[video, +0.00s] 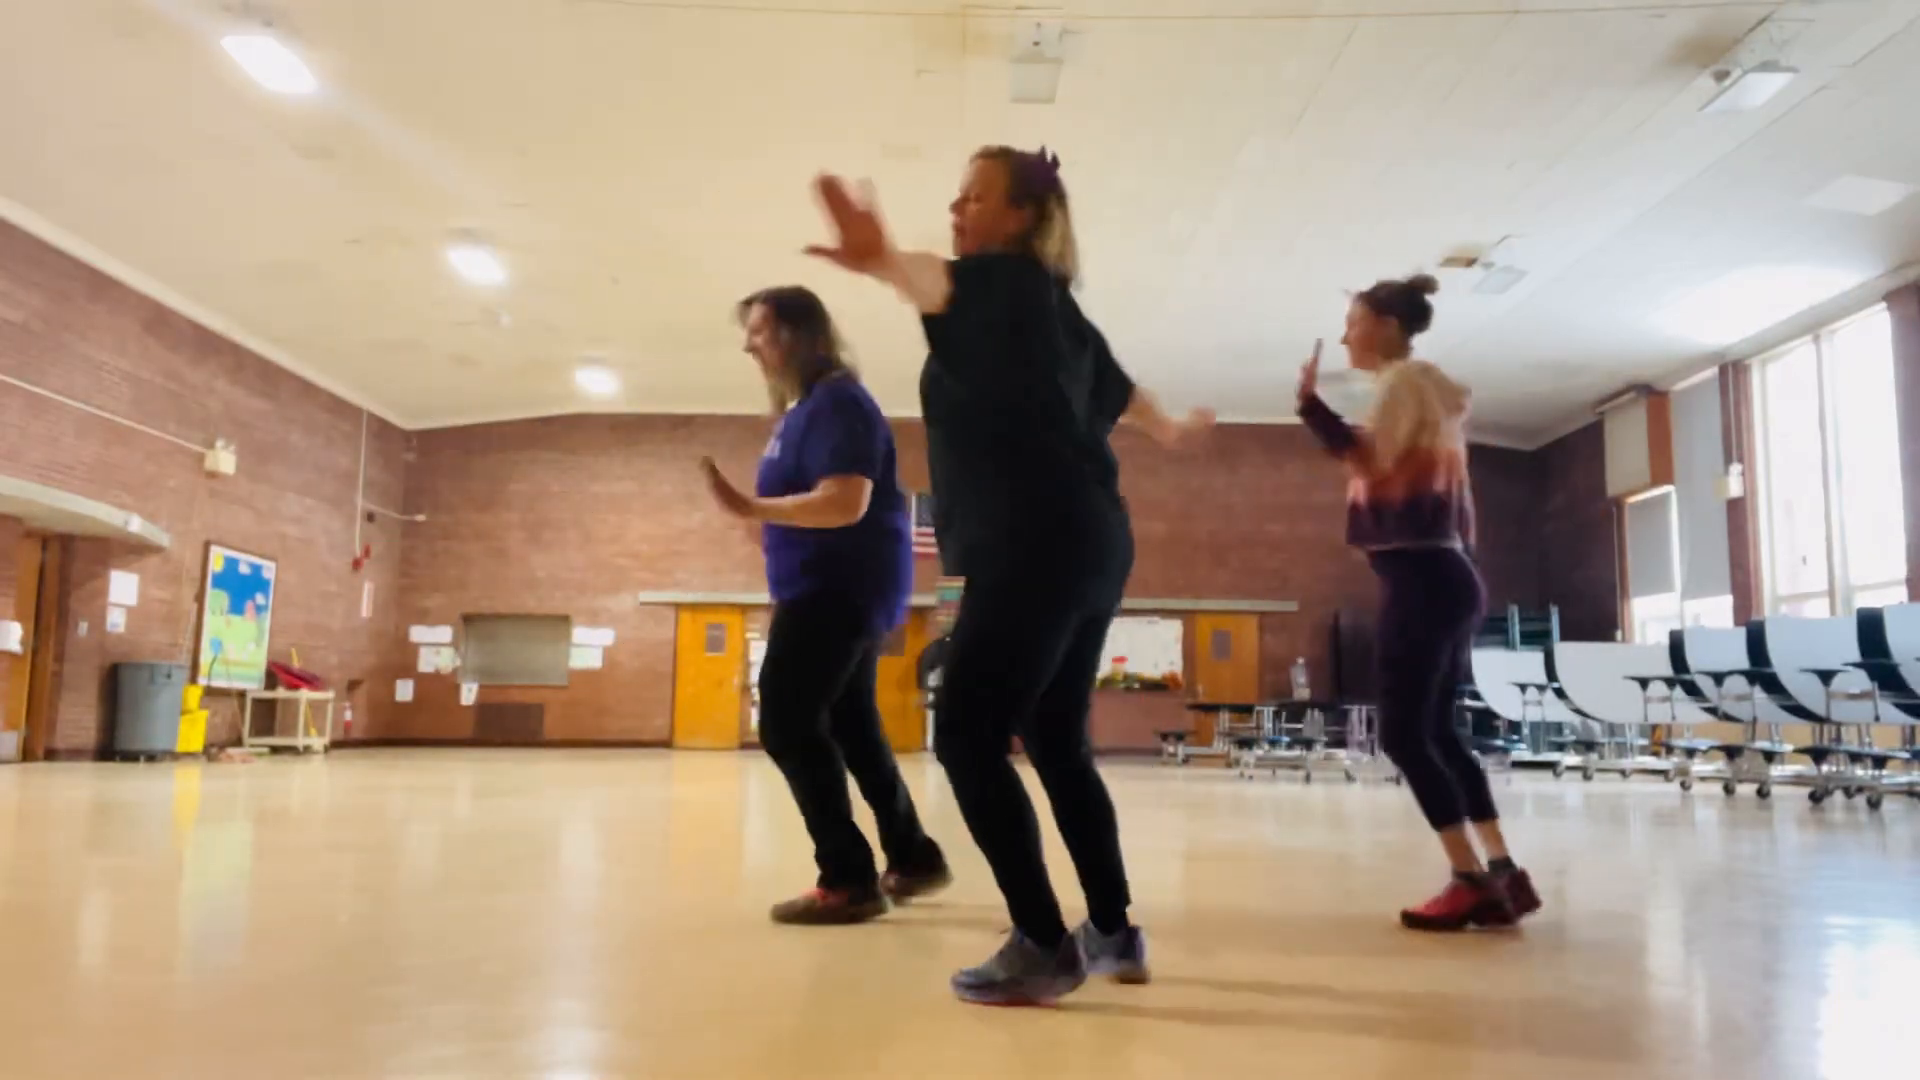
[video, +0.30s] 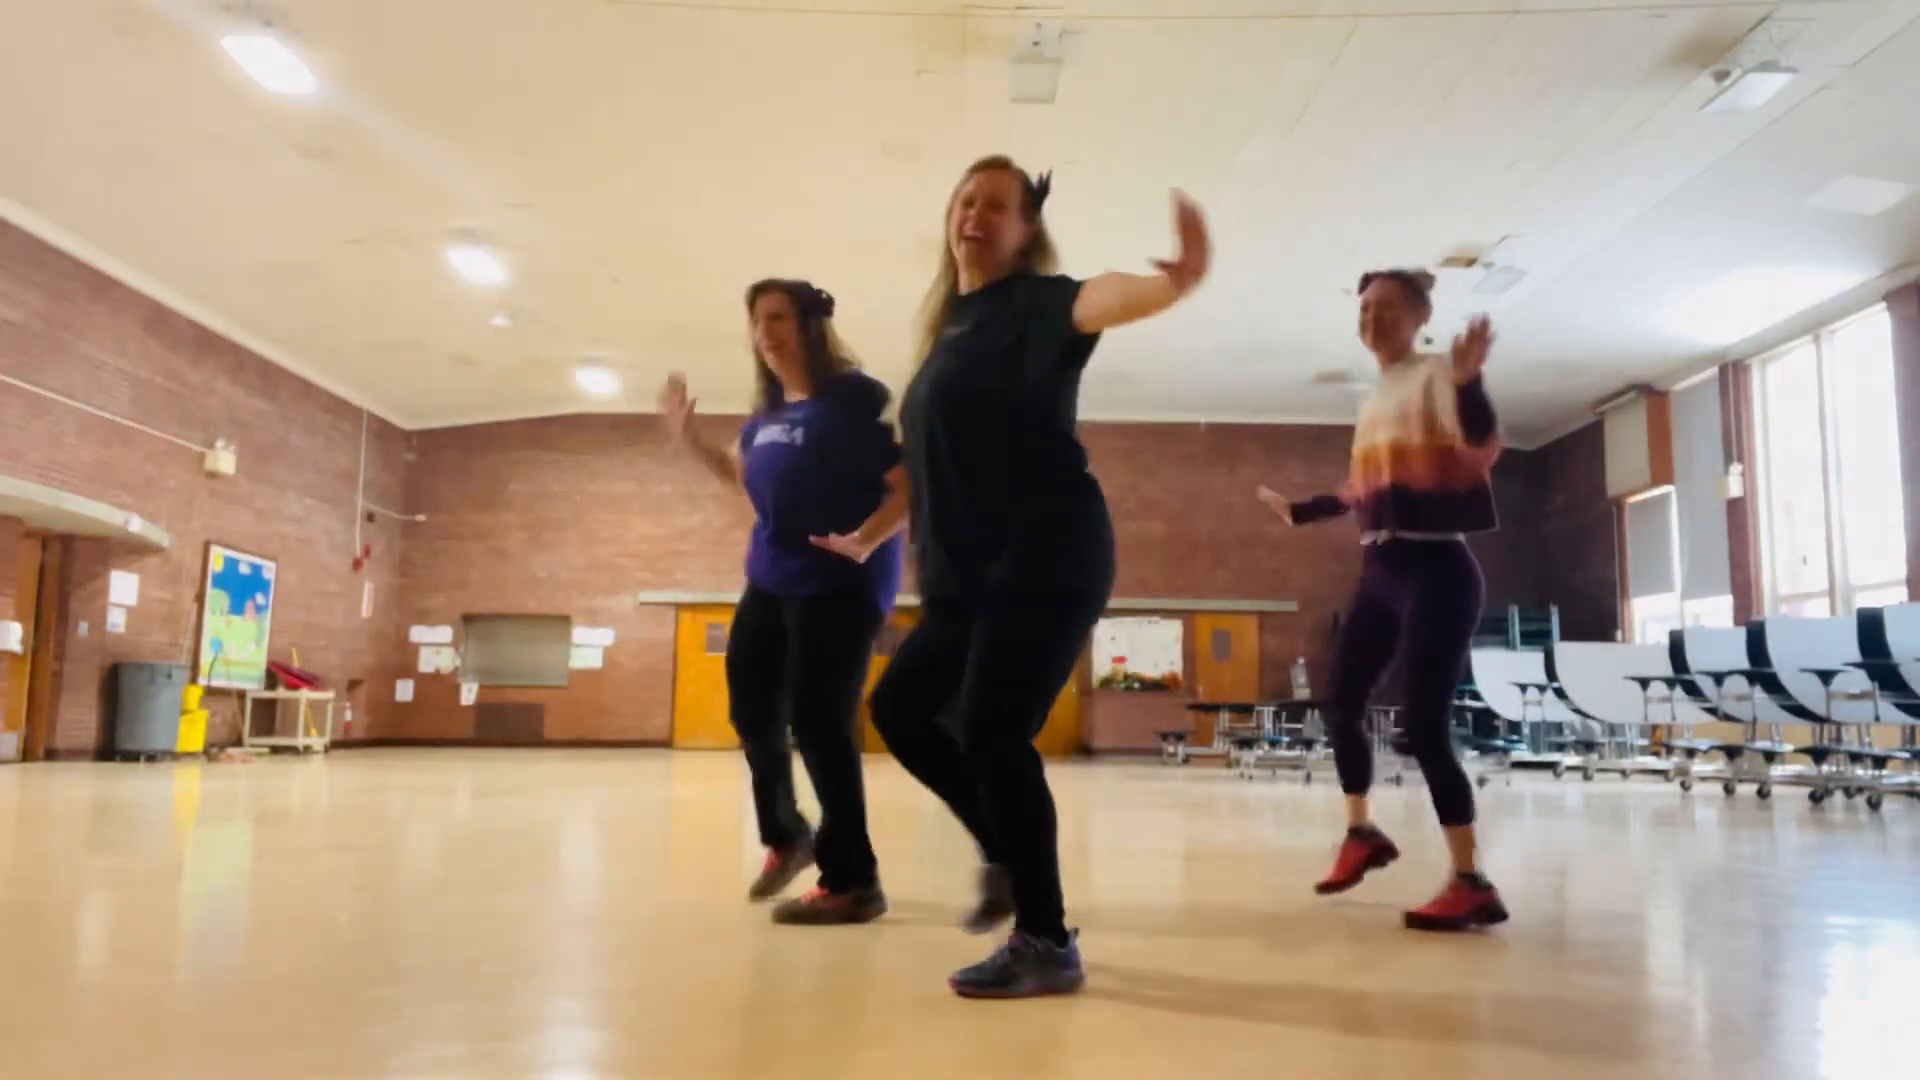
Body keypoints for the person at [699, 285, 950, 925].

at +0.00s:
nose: (750, 345)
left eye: (759, 332)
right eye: (749, 334)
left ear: (795, 333)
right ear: (787, 337)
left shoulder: (840, 403)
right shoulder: (807, 409)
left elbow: (846, 502)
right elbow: (823, 499)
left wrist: (753, 508)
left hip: (838, 593)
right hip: (832, 592)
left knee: (788, 725)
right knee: (852, 725)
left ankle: (848, 882)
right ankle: (915, 858)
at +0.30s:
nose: (765, 332)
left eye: (777, 319)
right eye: (758, 321)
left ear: (810, 325)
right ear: (753, 335)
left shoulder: (856, 398)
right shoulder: (765, 412)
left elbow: (909, 486)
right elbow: (754, 491)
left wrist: (863, 539)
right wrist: (691, 439)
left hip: (840, 584)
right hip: (771, 582)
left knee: (820, 723)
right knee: (754, 709)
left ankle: (852, 882)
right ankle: (787, 835)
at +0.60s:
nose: (796, 337)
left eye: (808, 326)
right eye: (785, 328)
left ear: (837, 333)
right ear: (773, 338)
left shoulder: (867, 405)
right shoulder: (753, 407)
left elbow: (910, 475)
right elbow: (691, 471)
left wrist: (892, 500)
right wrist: (667, 413)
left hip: (832, 589)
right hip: (752, 582)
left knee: (812, 728)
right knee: (708, 706)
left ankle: (833, 877)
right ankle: (741, 824)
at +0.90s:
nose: (798, 362)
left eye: (811, 350)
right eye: (788, 348)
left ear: (831, 356)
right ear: (767, 352)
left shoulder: (846, 426)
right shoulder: (730, 415)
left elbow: (860, 523)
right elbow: (691, 511)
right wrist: (666, 492)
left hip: (809, 603)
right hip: (721, 598)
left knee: (803, 736)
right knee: (702, 736)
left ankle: (830, 873)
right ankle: (675, 867)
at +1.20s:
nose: (806, 342)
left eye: (817, 331)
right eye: (797, 327)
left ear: (836, 341)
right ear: (773, 334)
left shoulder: (849, 411)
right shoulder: (734, 398)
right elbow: (657, 451)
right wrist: (676, 381)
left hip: (803, 585)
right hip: (721, 574)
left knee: (794, 730)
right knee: (705, 715)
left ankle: (819, 870)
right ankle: (665, 842)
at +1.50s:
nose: (812, 349)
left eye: (824, 339)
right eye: (804, 334)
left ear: (842, 349)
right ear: (785, 336)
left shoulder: (844, 426)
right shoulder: (741, 401)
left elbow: (863, 518)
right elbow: (680, 480)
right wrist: (666, 462)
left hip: (795, 596)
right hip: (712, 585)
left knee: (801, 736)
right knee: (692, 728)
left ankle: (816, 878)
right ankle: (665, 864)